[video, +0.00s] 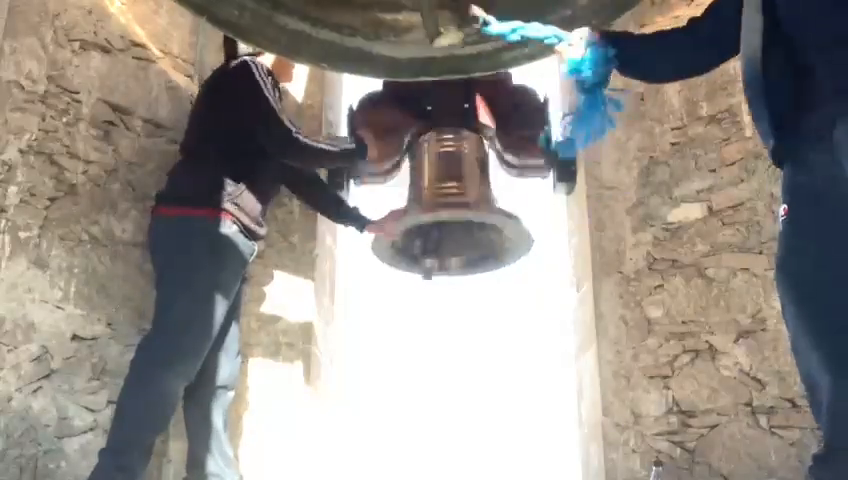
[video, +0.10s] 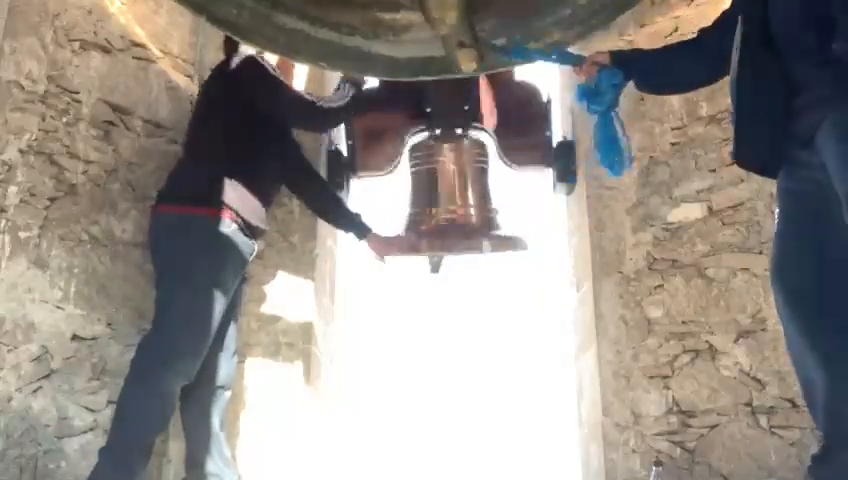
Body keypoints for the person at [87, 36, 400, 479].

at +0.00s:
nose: (303, 64)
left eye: (305, 55)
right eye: (299, 52)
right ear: (276, 46)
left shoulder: (269, 109)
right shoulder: (247, 71)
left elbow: (304, 181)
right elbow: (287, 146)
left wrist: (366, 223)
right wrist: (362, 148)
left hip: (229, 241)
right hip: (202, 229)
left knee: (217, 379)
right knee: (171, 361)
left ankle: (215, 472)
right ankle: (118, 470)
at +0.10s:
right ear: (268, 50)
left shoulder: (265, 123)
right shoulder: (246, 70)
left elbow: (305, 180)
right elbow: (313, 115)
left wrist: (366, 232)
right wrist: (374, 95)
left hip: (232, 243)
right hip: (202, 226)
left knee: (214, 379)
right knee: (174, 360)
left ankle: (213, 471)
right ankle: (117, 470)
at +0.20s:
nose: (290, 63)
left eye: (289, 59)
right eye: (283, 57)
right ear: (260, 49)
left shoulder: (267, 111)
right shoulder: (244, 70)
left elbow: (300, 181)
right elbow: (327, 85)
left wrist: (352, 239)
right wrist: (359, 42)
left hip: (235, 246)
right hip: (202, 227)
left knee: (213, 380)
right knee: (170, 362)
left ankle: (211, 472)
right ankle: (115, 472)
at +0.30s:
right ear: (266, 37)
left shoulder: (266, 95)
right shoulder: (249, 68)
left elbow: (279, 183)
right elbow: (329, 71)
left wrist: (318, 251)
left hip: (239, 243)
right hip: (208, 229)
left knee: (216, 382)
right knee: (176, 360)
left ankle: (213, 471)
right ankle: (118, 471)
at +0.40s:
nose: (303, 69)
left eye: (305, 62)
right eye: (296, 59)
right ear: (269, 52)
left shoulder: (272, 110)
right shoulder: (246, 72)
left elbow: (275, 184)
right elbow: (318, 100)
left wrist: (285, 248)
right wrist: (364, 62)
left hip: (243, 243)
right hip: (213, 227)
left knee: (217, 382)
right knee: (182, 358)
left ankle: (215, 472)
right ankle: (118, 471)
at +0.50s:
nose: (312, 88)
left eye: (315, 81)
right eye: (309, 77)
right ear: (289, 65)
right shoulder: (258, 76)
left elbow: (261, 189)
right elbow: (282, 136)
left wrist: (268, 250)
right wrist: (357, 128)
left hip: (241, 241)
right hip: (215, 227)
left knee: (221, 377)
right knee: (188, 358)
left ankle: (215, 471)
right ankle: (118, 470)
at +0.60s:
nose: (318, 84)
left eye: (320, 74)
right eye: (316, 71)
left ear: (290, 65)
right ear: (297, 63)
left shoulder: (274, 99)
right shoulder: (267, 81)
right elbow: (292, 154)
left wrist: (279, 234)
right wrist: (361, 199)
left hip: (239, 240)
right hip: (216, 228)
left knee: (223, 378)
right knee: (184, 357)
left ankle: (217, 471)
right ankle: (119, 471)